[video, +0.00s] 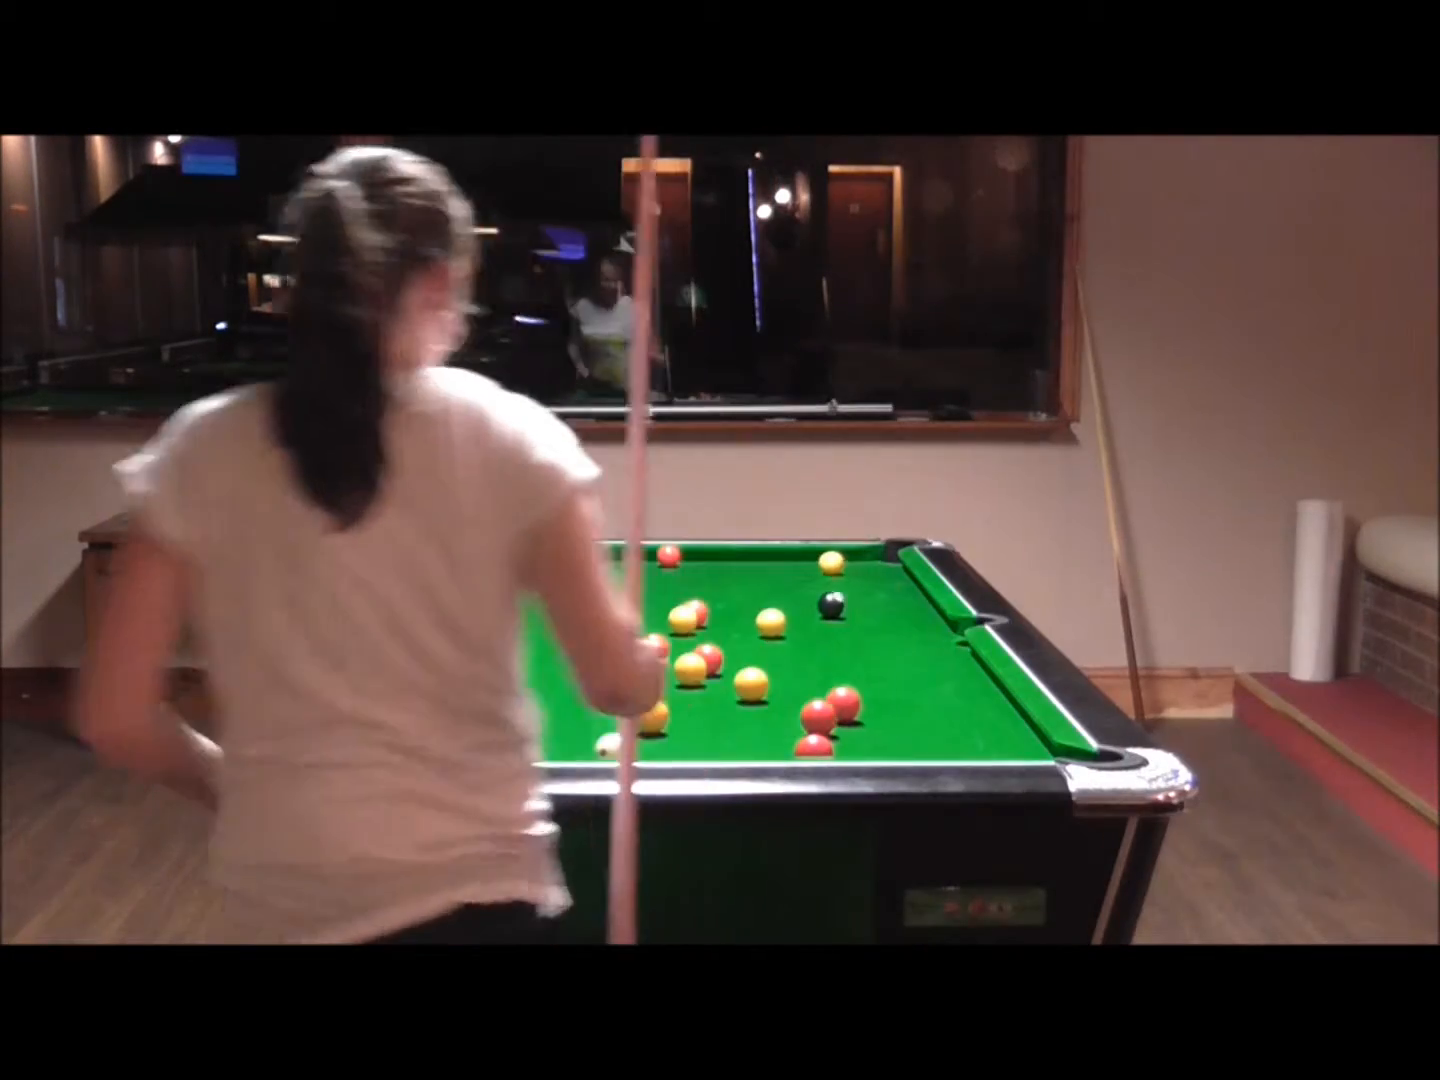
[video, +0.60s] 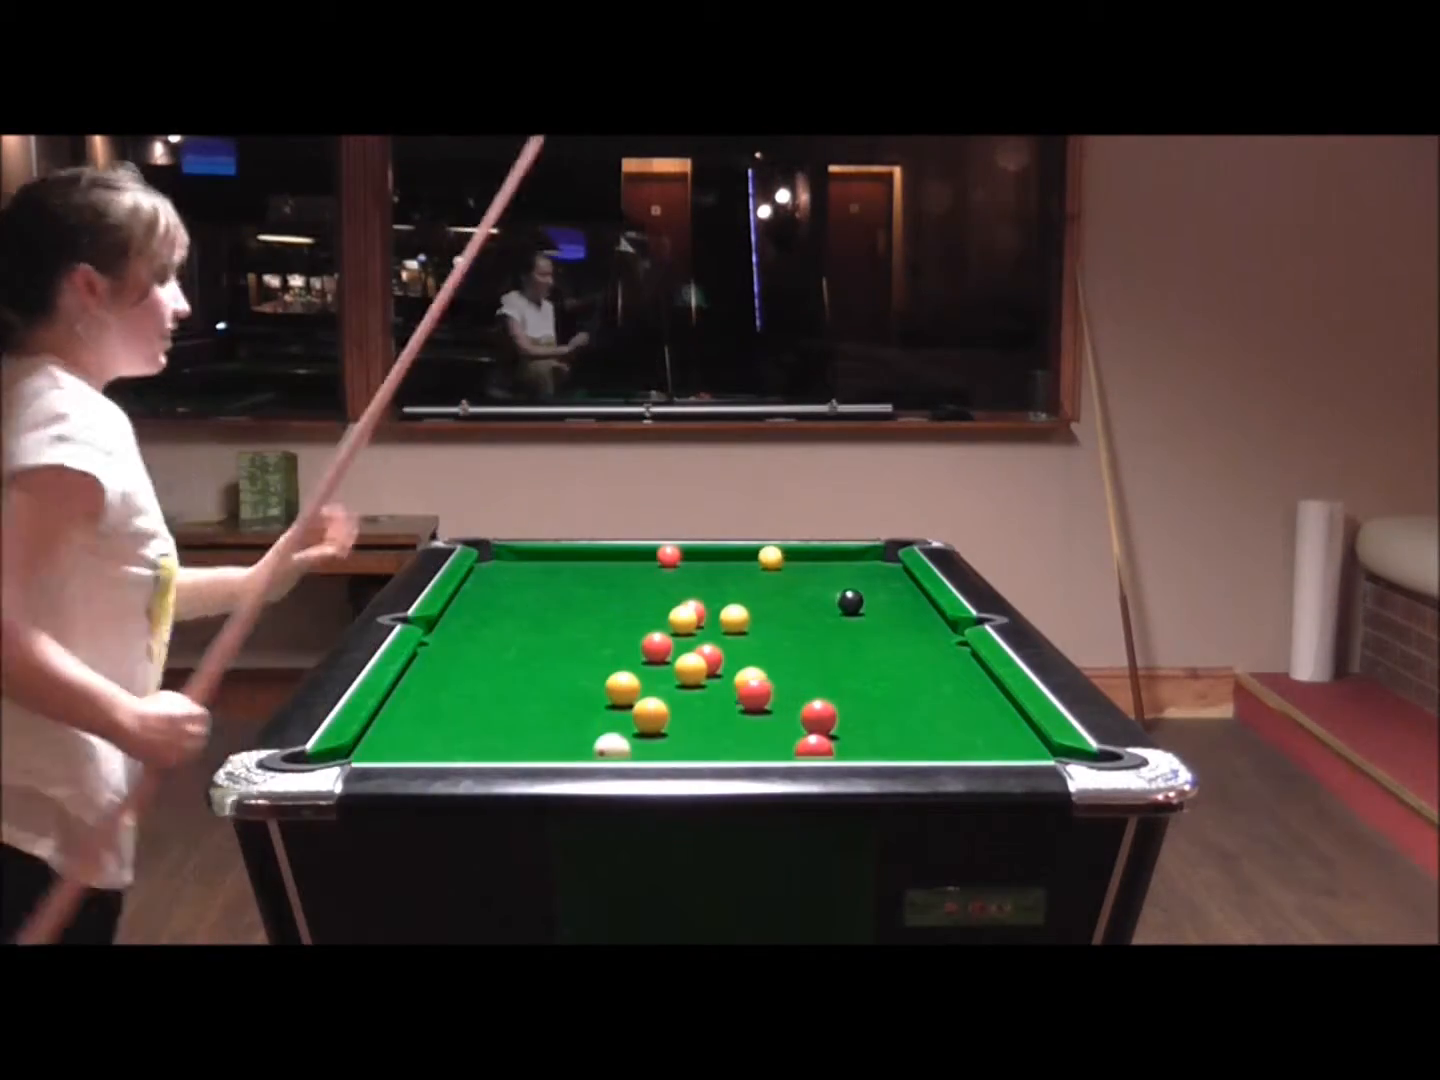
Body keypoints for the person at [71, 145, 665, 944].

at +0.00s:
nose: (464, 309)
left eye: (462, 286)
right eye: (460, 286)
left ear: (305, 283)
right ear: (430, 287)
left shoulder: (203, 448)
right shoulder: (505, 437)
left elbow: (115, 717)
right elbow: (615, 685)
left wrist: (233, 782)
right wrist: (646, 663)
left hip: (280, 900)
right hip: (475, 893)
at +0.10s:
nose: (361, 303)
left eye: (368, 281)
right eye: (362, 278)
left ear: (200, 262)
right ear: (316, 266)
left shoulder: (79, 431)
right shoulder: (384, 412)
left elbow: (26, 677)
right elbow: (474, 648)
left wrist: (157, 712)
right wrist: (541, 672)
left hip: (168, 895)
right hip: (374, 879)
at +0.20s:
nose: (312, 310)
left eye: (318, 285)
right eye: (310, 283)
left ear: (155, 265)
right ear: (256, 274)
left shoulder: (30, 429)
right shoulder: (313, 411)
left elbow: (18, 664)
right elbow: (376, 633)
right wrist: (475, 677)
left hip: (84, 891)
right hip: (291, 878)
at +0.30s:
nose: (253, 332)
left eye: (255, 307)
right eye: (245, 305)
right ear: (185, 297)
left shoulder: (25, 436)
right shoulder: (226, 428)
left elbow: (68, 625)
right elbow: (238, 645)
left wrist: (244, 603)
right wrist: (375, 700)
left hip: (23, 872)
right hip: (175, 879)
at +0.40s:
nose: (227, 337)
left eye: (225, 312)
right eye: (215, 311)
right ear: (151, 314)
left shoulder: (19, 445)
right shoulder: (184, 443)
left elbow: (73, 645)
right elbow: (166, 653)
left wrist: (235, 616)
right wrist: (308, 723)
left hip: (12, 863)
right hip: (125, 880)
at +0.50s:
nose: (195, 322)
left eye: (191, 299)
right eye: (180, 298)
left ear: (104, 307)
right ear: (110, 303)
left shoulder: (21, 408)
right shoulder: (123, 436)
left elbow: (94, 602)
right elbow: (51, 638)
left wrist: (229, 607)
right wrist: (199, 731)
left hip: (13, 831)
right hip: (73, 854)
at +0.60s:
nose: (181, 306)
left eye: (175, 280)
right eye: (161, 281)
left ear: (89, 290)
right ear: (88, 288)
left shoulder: (45, 401)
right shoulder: (65, 422)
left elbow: (107, 589)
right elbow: (9, 630)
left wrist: (260, 578)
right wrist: (129, 717)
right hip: (50, 837)